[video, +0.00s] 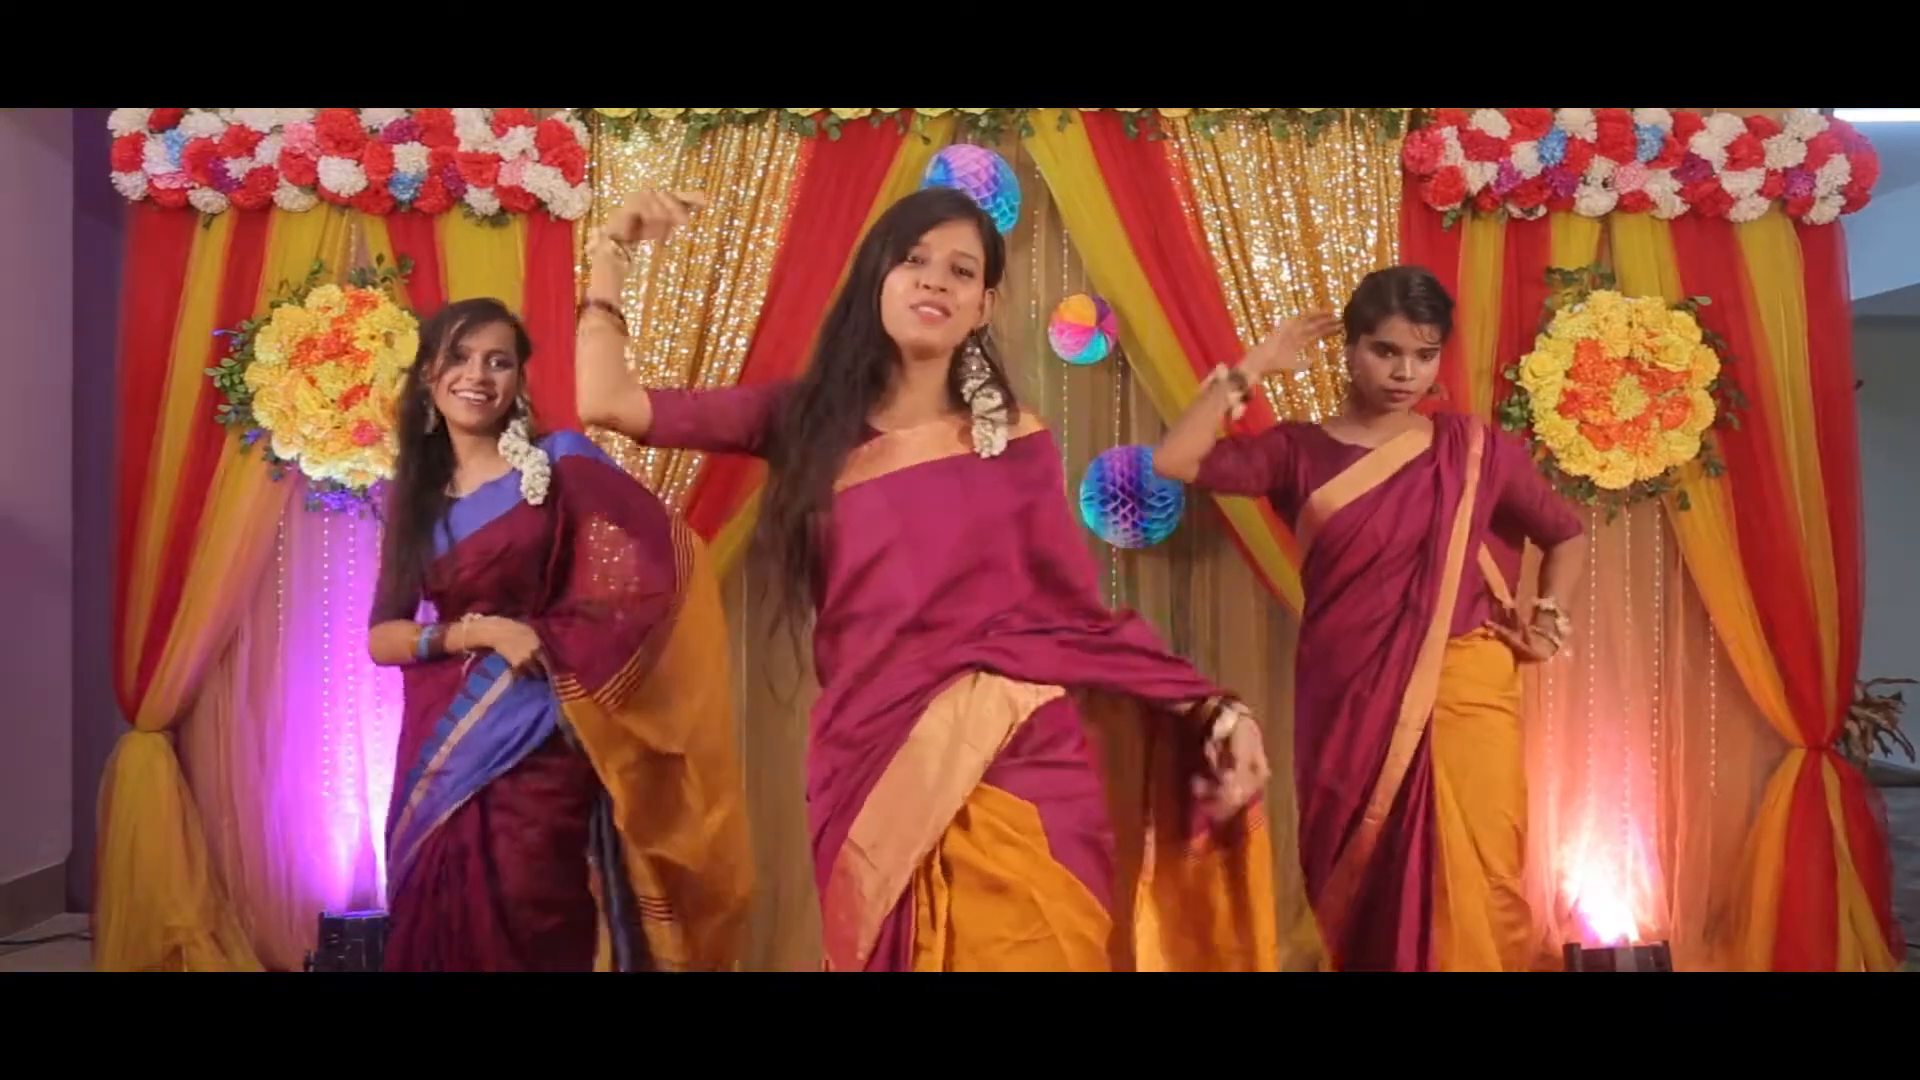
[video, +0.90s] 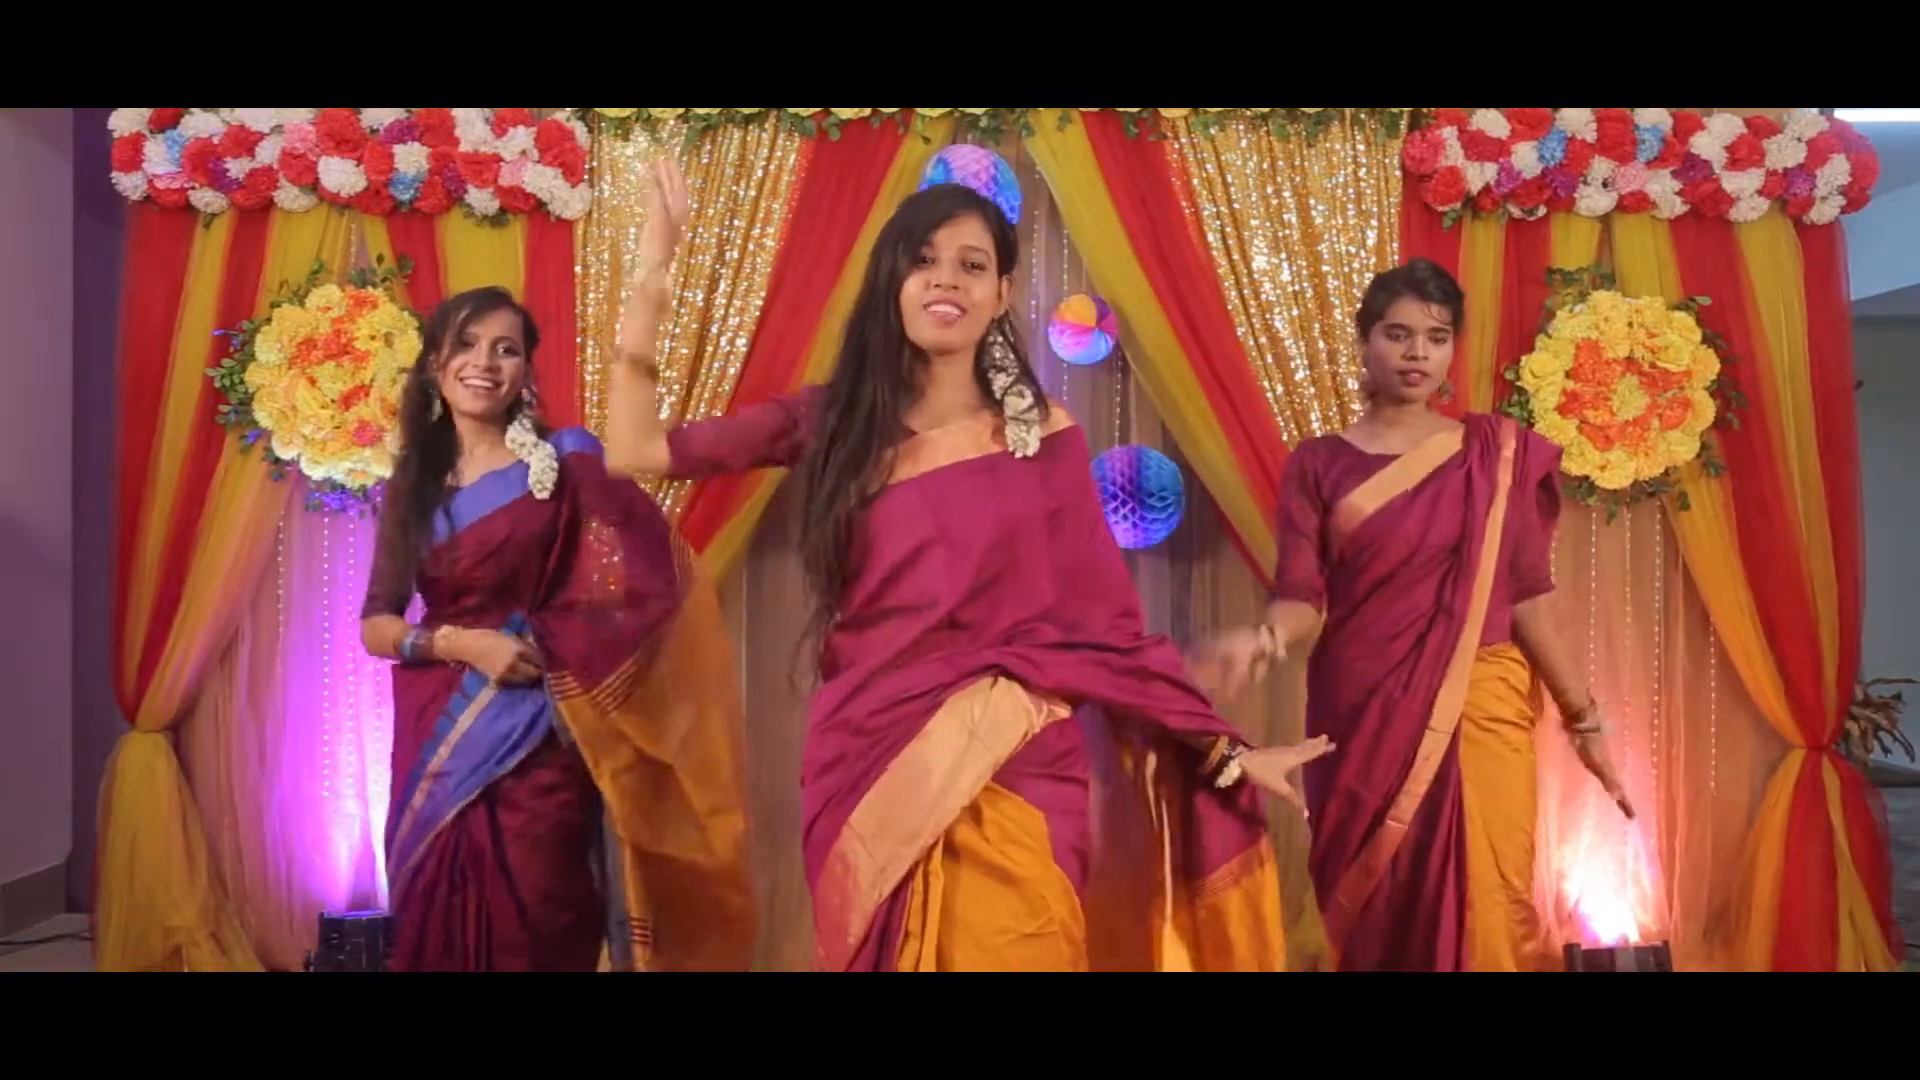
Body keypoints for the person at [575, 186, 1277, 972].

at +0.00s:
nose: (935, 282)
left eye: (962, 270)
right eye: (914, 260)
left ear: (987, 305)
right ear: (876, 279)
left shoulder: (1015, 436)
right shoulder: (815, 419)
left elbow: (1085, 616)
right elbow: (608, 402)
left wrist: (1213, 704)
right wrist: (607, 253)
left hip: (1032, 758)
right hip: (876, 770)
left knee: (1050, 955)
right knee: (887, 959)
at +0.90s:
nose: (946, 281)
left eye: (972, 265)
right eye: (924, 260)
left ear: (1004, 295)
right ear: (888, 286)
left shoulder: (1044, 433)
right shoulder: (841, 421)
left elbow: (1107, 622)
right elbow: (633, 451)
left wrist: (1225, 752)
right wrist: (652, 275)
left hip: (1025, 754)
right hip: (875, 755)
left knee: (1019, 948)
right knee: (883, 955)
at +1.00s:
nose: (944, 285)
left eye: (972, 267)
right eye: (922, 264)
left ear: (1004, 296)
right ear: (892, 285)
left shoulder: (1044, 433)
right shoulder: (840, 427)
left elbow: (1109, 626)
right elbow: (678, 548)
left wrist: (1211, 763)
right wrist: (627, 385)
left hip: (1024, 757)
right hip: (871, 757)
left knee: (1007, 953)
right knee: (875, 956)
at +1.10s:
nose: (943, 290)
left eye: (969, 272)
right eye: (922, 268)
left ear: (1003, 301)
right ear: (889, 289)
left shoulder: (1048, 436)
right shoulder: (834, 439)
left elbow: (1109, 631)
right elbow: (772, 619)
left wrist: (1186, 782)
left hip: (1020, 764)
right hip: (866, 763)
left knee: (998, 952)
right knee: (864, 956)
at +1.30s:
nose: (930, 295)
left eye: (959, 279)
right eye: (913, 273)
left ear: (993, 308)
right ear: (880, 292)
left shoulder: (1041, 423)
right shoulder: (836, 447)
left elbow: (1103, 603)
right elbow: (793, 624)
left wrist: (1159, 739)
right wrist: (700, 520)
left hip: (1019, 752)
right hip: (868, 754)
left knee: (991, 949)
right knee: (867, 951)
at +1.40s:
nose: (932, 307)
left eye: (959, 288)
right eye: (912, 283)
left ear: (992, 313)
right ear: (879, 303)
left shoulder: (1038, 430)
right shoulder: (840, 443)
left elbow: (1102, 620)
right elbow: (766, 596)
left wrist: (1206, 757)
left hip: (1021, 749)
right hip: (871, 751)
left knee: (992, 948)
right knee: (872, 953)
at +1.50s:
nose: (936, 310)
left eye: (963, 292)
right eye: (917, 287)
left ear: (994, 311)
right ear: (883, 300)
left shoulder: (1034, 443)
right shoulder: (835, 419)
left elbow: (1091, 615)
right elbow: (762, 522)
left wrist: (1187, 718)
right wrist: (923, 454)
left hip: (1018, 749)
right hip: (871, 747)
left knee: (1007, 947)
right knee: (876, 955)